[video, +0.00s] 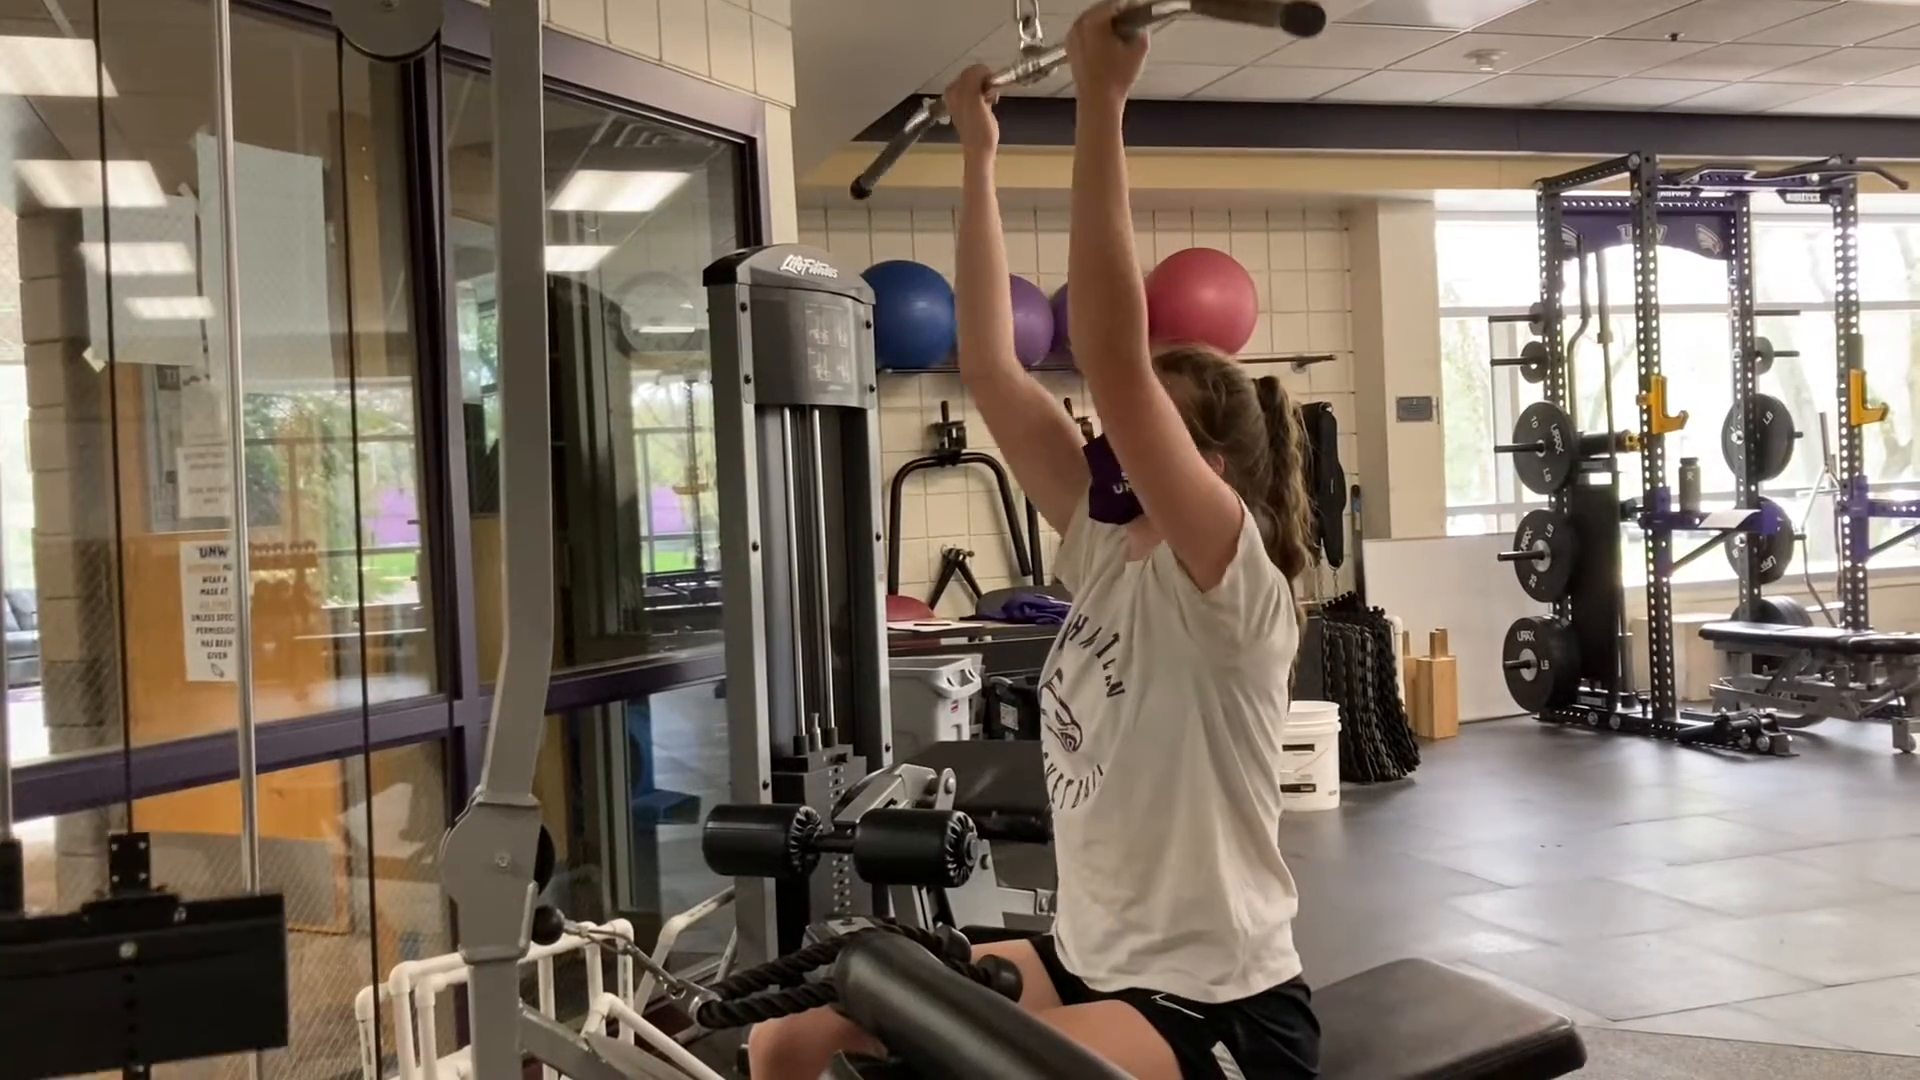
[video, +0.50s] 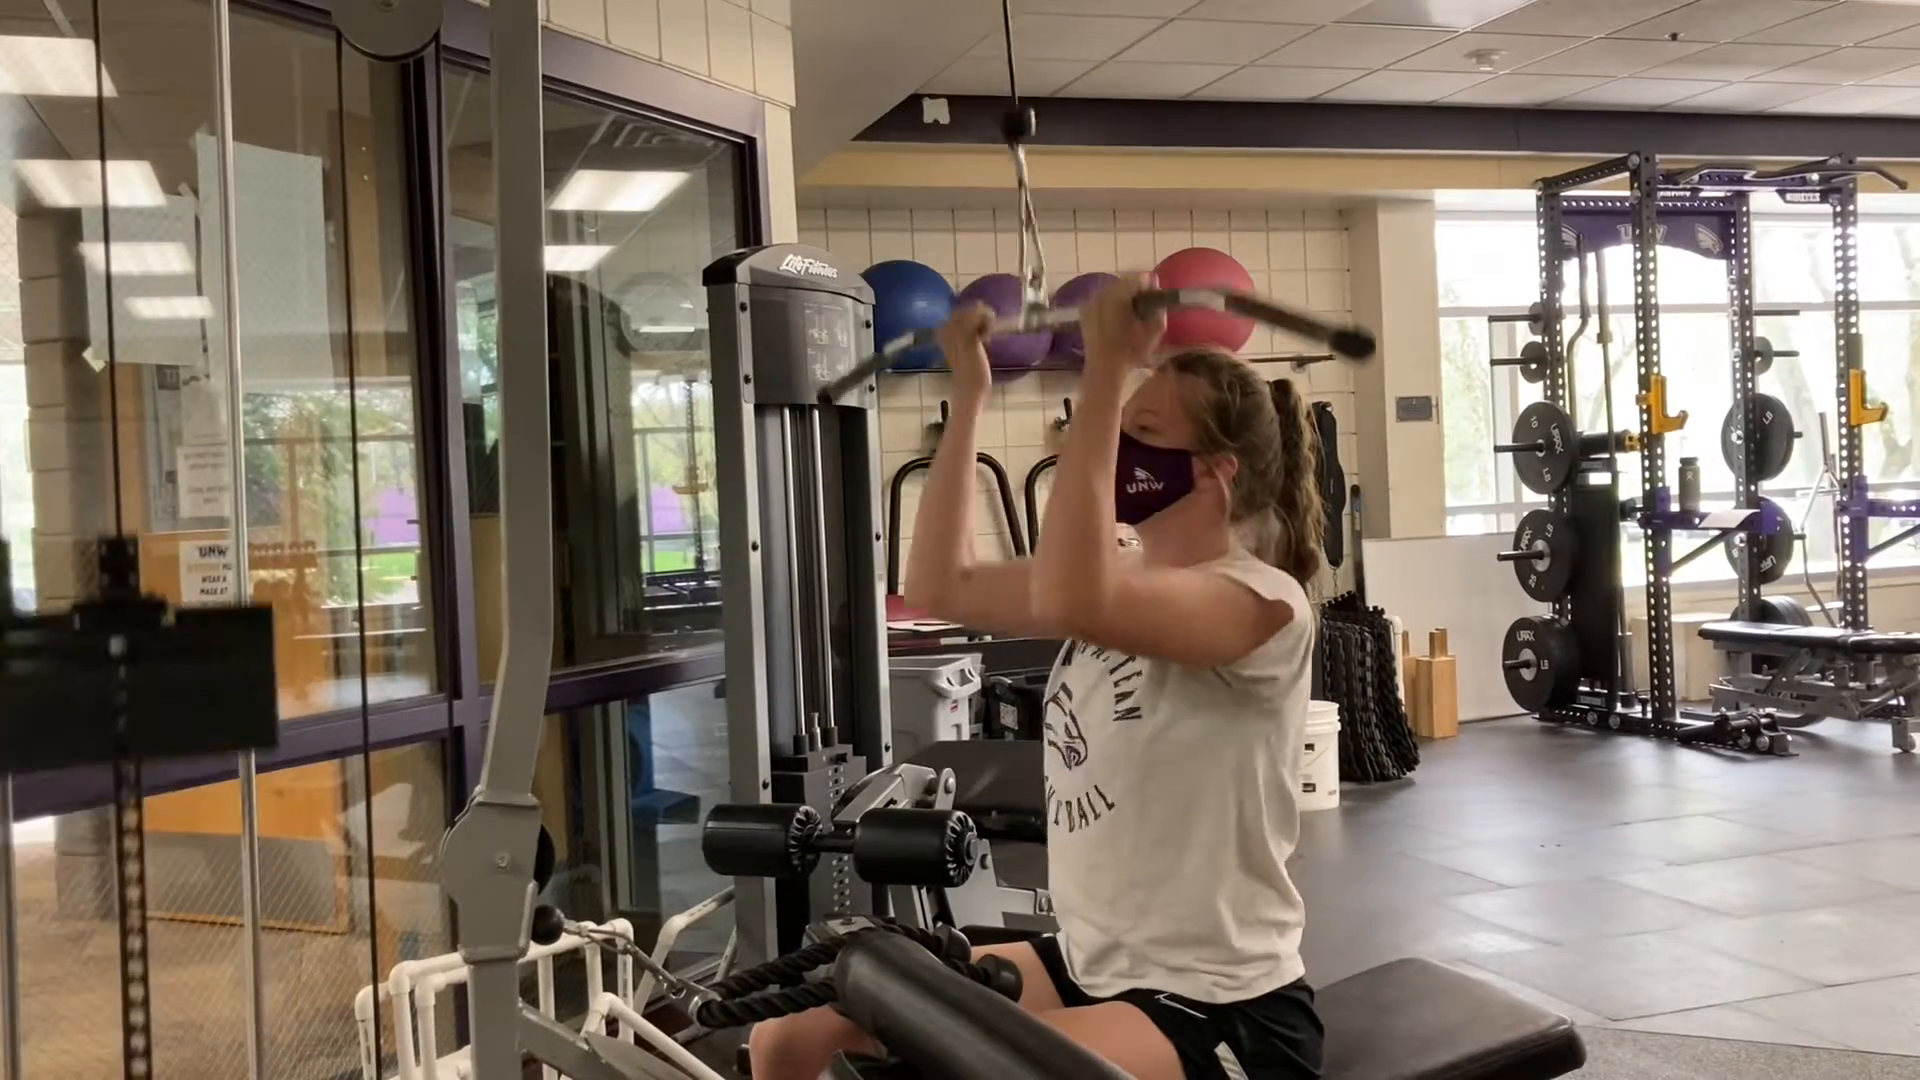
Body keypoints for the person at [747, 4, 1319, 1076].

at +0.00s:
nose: (1106, 437)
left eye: (1128, 411)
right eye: (1107, 419)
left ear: (1205, 450)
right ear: (1121, 440)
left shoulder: (1237, 583)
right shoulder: (1099, 542)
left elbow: (1116, 358)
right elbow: (990, 364)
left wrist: (1100, 100)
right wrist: (976, 152)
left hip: (1218, 1010)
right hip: (1088, 972)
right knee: (790, 1044)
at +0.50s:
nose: (1114, 461)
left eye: (1146, 445)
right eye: (1119, 438)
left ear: (1218, 473)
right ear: (1103, 447)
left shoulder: (1259, 603)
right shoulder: (1108, 572)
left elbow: (1077, 597)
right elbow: (936, 585)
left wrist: (1106, 369)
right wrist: (968, 396)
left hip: (1225, 1007)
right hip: (1088, 963)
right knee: (789, 1040)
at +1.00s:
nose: (1114, 450)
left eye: (1143, 437)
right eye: (1123, 430)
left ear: (1217, 477)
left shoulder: (1244, 625)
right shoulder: (1122, 611)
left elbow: (1204, 887)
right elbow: (1050, 805)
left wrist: (1131, 670)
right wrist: (1022, 647)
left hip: (1217, 1003)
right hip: (1091, 963)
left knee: (966, 1065)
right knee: (788, 1042)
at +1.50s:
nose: (1120, 458)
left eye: (1149, 443)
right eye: (1127, 439)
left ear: (1224, 480)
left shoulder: (1247, 619)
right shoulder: (1111, 612)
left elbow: (1171, 862)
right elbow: (1017, 814)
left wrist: (1120, 630)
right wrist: (1004, 623)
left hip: (1221, 1005)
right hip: (1084, 966)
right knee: (787, 1043)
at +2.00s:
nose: (1119, 462)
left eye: (1150, 449)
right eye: (1127, 443)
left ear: (1227, 481)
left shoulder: (1263, 609)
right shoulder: (1114, 580)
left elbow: (1080, 571)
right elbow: (941, 562)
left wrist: (1066, 333)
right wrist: (973, 366)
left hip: (1224, 1011)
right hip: (1090, 964)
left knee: (975, 1066)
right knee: (790, 1041)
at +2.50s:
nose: (1137, 431)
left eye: (1171, 408)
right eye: (1145, 413)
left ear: (1222, 447)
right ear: (1155, 438)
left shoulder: (1239, 573)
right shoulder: (1120, 546)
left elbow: (1152, 331)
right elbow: (1036, 337)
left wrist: (1098, 69)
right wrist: (988, 133)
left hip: (1222, 1014)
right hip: (1098, 969)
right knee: (793, 1035)